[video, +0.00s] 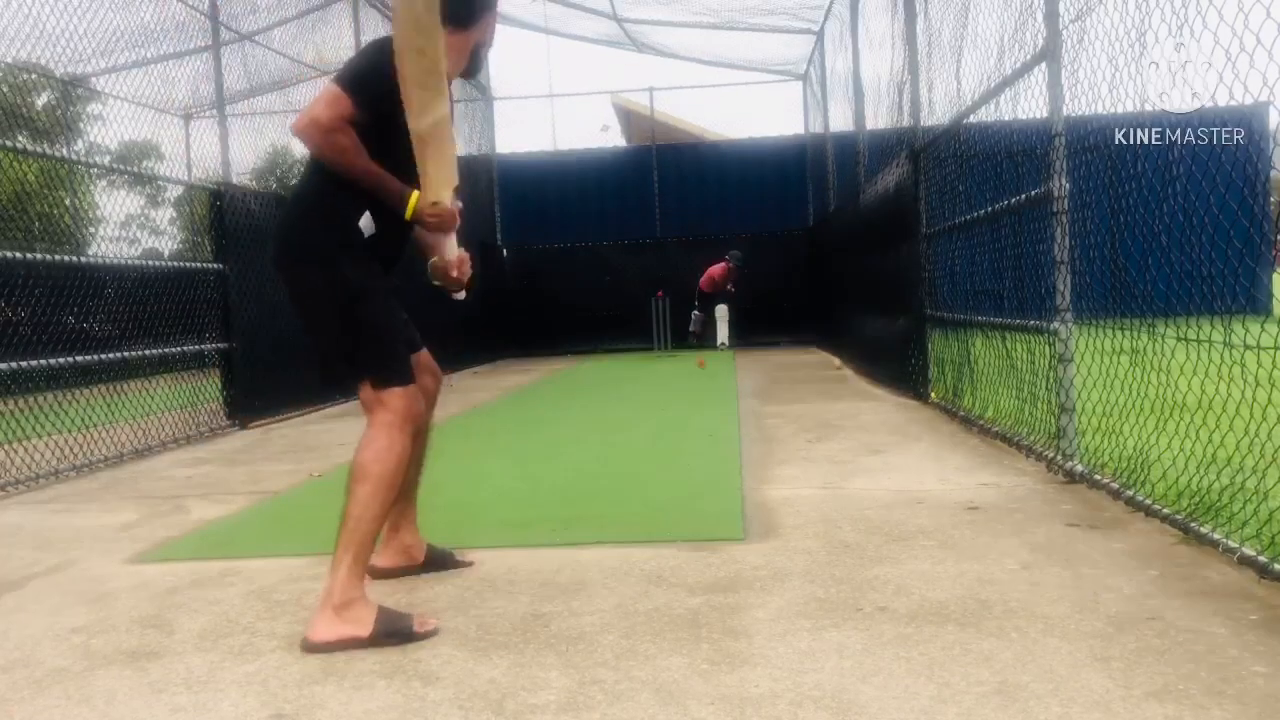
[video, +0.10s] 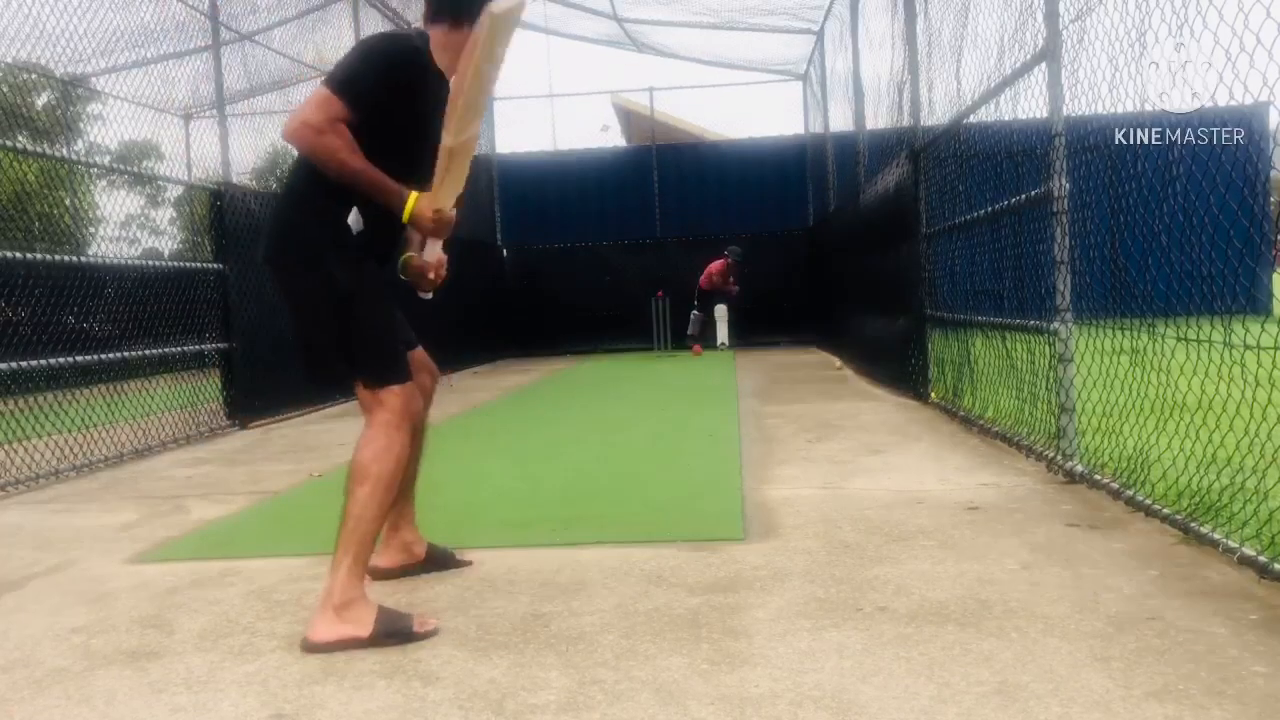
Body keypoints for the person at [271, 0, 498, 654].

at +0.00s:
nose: (482, 52)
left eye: (486, 39)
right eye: (484, 36)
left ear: (440, 23)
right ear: (468, 25)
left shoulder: (429, 86)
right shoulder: (394, 57)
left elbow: (420, 192)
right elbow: (316, 125)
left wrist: (442, 250)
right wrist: (408, 200)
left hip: (351, 250)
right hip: (320, 249)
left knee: (423, 377)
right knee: (396, 402)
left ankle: (398, 543)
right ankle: (341, 607)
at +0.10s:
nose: (493, 50)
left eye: (496, 38)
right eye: (493, 34)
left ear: (440, 18)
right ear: (473, 27)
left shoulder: (441, 92)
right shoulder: (393, 53)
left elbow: (411, 185)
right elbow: (307, 127)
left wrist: (422, 250)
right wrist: (407, 201)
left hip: (351, 254)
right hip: (314, 251)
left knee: (419, 377)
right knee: (395, 400)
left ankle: (398, 540)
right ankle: (341, 605)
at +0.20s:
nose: (485, 31)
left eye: (488, 19)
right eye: (480, 15)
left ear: (470, 19)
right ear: (446, 12)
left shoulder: (436, 91)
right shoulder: (367, 48)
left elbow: (422, 190)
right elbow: (292, 127)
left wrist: (446, 211)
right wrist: (416, 139)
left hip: (353, 260)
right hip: (314, 258)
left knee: (422, 380)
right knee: (414, 411)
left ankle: (390, 546)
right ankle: (341, 605)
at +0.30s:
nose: (476, 27)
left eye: (475, 16)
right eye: (472, 15)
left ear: (420, 14)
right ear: (450, 15)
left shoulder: (420, 75)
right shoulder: (370, 61)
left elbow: (464, 164)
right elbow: (387, 173)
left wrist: (532, 169)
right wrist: (493, 123)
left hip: (347, 261)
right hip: (319, 263)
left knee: (399, 402)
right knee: (429, 418)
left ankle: (387, 545)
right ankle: (339, 605)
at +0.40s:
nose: (452, 3)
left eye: (451, 1)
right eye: (449, 1)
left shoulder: (312, 12)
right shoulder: (410, 37)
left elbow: (366, 104)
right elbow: (442, 169)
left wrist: (456, 127)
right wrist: (505, 169)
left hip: (280, 226)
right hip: (350, 237)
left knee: (367, 389)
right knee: (414, 407)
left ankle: (392, 537)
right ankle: (342, 607)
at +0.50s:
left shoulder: (279, 11)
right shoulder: (421, 15)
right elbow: (438, 98)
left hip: (298, 213)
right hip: (380, 217)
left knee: (365, 377)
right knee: (380, 403)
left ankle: (399, 533)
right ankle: (341, 605)